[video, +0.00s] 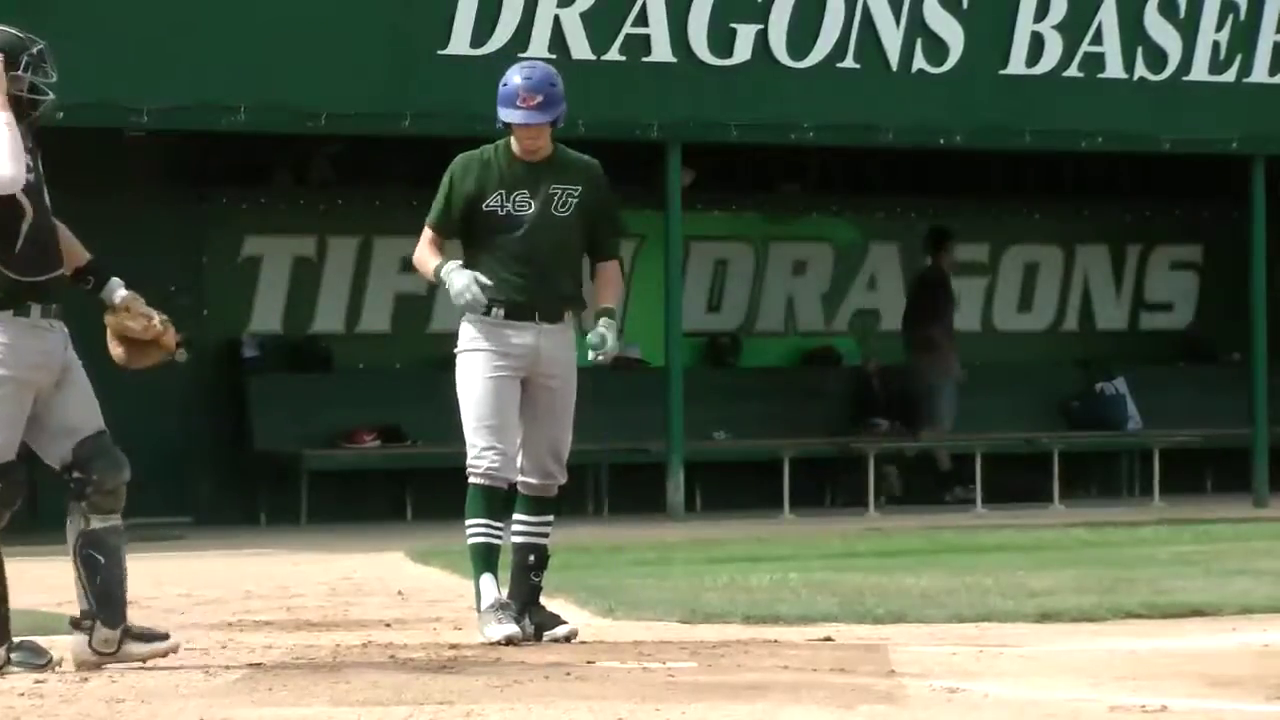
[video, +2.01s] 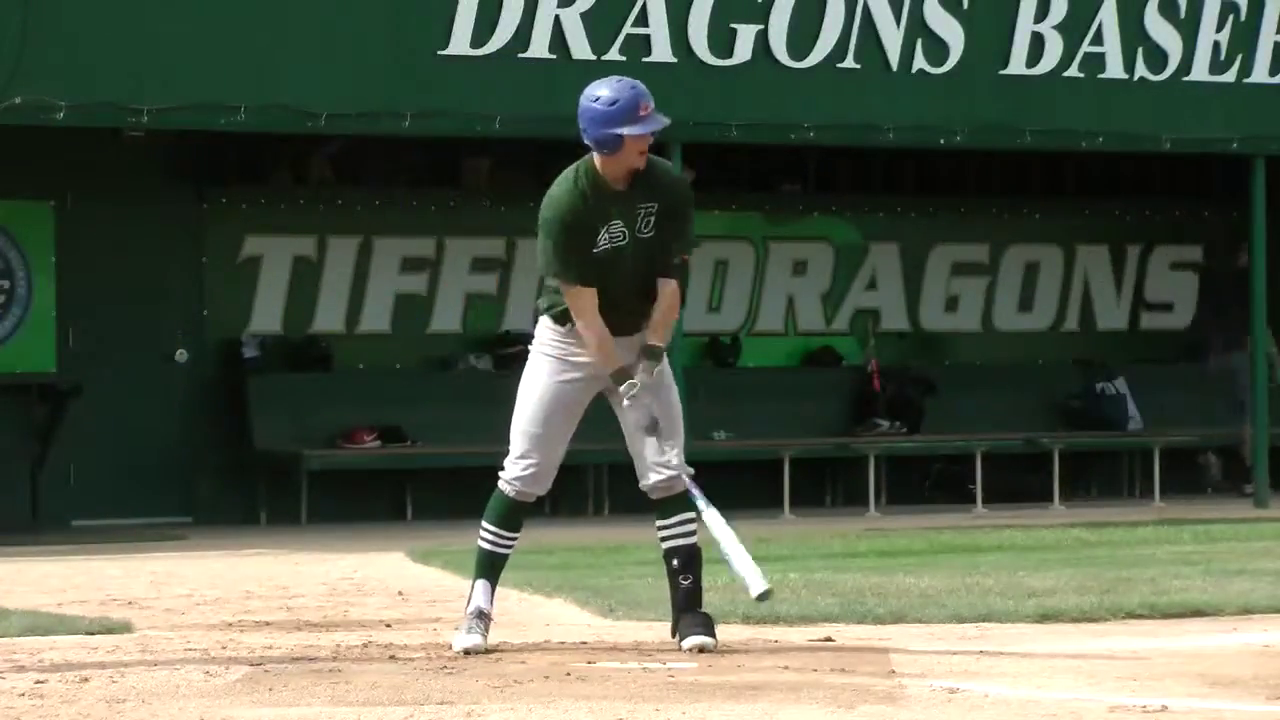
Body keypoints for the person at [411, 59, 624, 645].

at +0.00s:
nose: (529, 132)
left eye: (539, 121)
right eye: (519, 122)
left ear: (558, 116)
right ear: (503, 116)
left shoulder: (588, 178)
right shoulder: (469, 171)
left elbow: (607, 260)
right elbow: (425, 247)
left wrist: (606, 319)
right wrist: (449, 272)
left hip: (558, 339)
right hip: (488, 336)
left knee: (543, 472)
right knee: (490, 463)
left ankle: (526, 604)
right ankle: (489, 603)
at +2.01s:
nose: (650, 139)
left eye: (648, 130)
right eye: (638, 133)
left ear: (645, 131)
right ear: (605, 139)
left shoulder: (670, 187)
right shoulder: (565, 204)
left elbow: (670, 285)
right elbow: (583, 310)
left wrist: (648, 361)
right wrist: (621, 377)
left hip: (640, 341)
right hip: (568, 342)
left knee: (667, 474)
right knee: (524, 471)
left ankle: (689, 615)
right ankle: (478, 609)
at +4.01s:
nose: (650, 105)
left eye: (648, 96)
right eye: (641, 96)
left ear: (620, 106)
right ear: (609, 105)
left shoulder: (661, 178)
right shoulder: (556, 173)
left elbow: (699, 267)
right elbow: (558, 245)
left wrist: (744, 270)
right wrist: (605, 201)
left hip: (632, 348)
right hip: (556, 345)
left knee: (665, 480)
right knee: (520, 481)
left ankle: (688, 619)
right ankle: (476, 608)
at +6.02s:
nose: (608, 121)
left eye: (608, 112)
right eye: (599, 113)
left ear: (588, 114)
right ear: (565, 116)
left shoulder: (613, 174)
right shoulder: (503, 167)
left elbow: (598, 247)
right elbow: (423, 233)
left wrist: (520, 209)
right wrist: (469, 190)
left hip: (597, 350)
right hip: (520, 349)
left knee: (629, 484)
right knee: (503, 478)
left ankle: (683, 601)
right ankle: (473, 611)